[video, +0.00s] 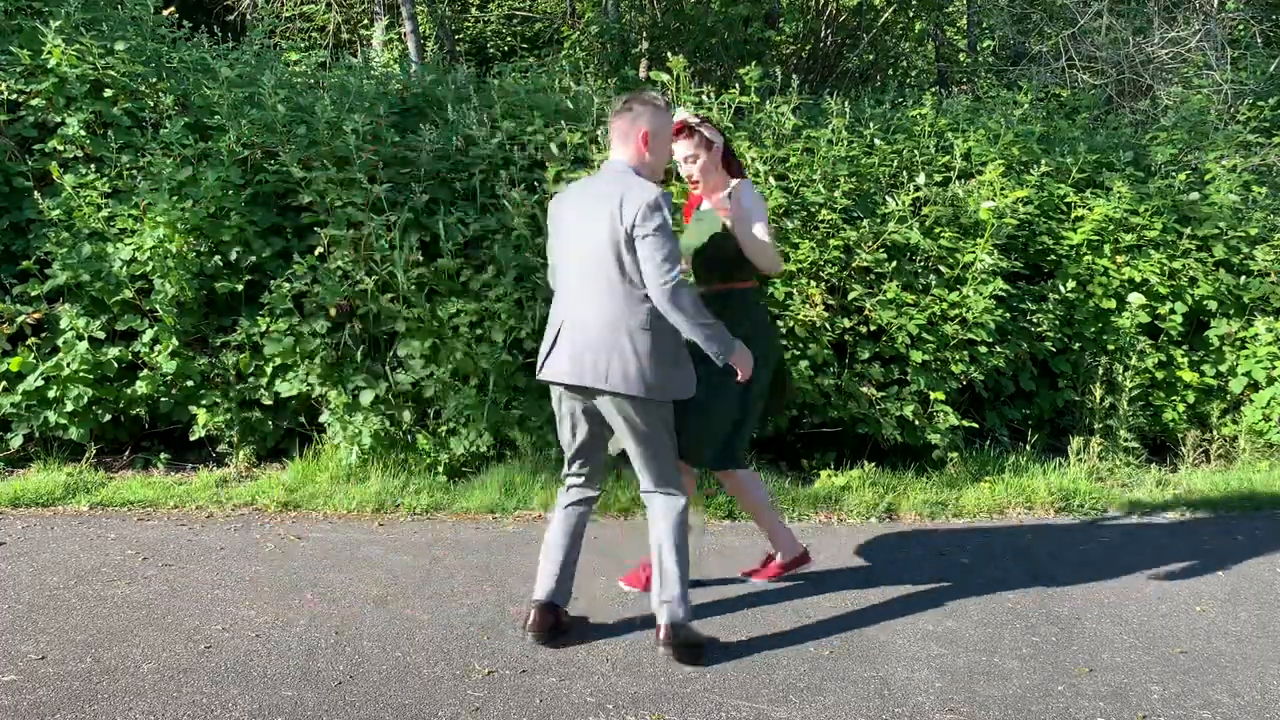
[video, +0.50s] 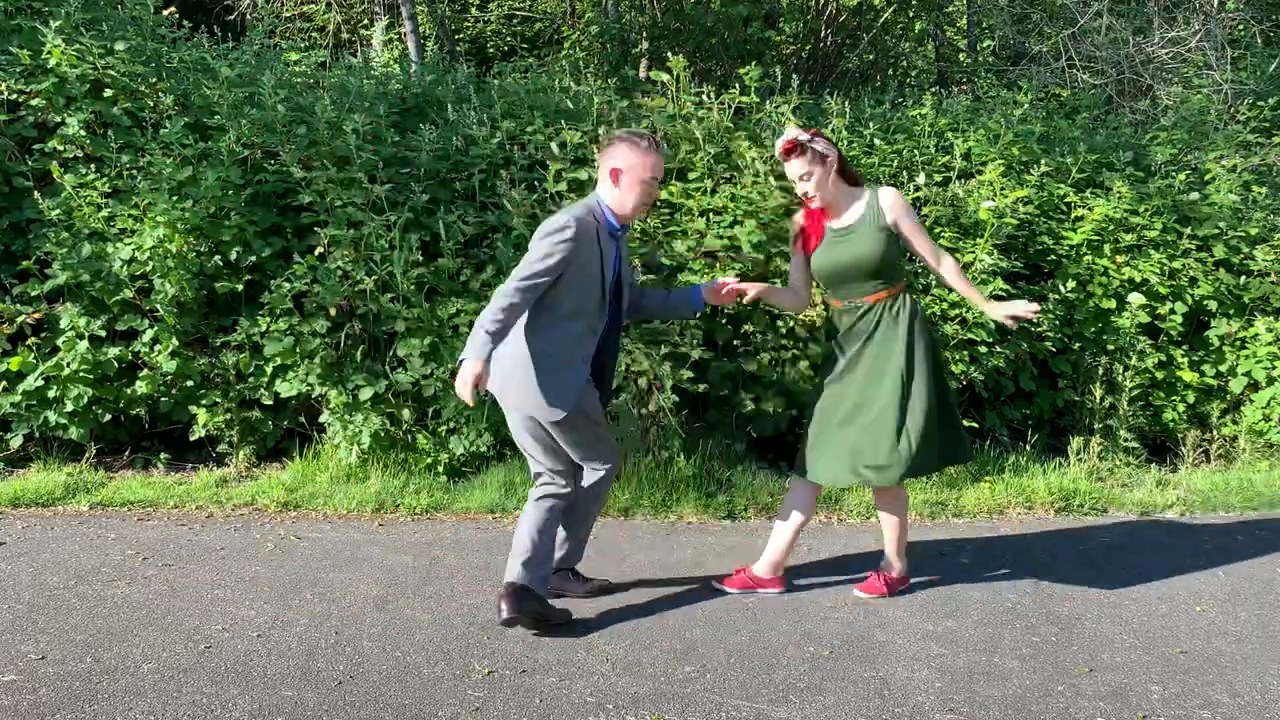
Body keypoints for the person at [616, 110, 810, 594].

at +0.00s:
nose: (687, 168)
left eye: (694, 157)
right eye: (681, 160)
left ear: (717, 151)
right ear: (676, 161)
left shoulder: (743, 193)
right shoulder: (692, 202)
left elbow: (772, 264)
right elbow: (684, 265)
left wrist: (736, 227)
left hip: (739, 318)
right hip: (702, 316)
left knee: (685, 441)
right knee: (720, 447)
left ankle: (661, 560)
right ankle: (787, 546)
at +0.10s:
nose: (719, 174)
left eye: (724, 162)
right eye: (712, 167)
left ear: (747, 150)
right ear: (712, 163)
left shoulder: (781, 182)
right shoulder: (736, 198)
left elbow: (810, 237)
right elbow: (729, 251)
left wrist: (771, 177)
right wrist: (684, 246)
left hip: (777, 324)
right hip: (746, 322)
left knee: (730, 437)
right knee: (723, 437)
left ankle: (783, 542)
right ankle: (781, 541)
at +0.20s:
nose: (743, 175)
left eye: (745, 163)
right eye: (738, 167)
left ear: (771, 147)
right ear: (749, 159)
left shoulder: (811, 172)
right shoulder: (757, 190)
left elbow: (843, 232)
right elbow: (762, 253)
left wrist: (797, 186)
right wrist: (716, 239)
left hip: (818, 332)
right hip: (775, 332)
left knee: (802, 447)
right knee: (733, 430)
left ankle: (866, 539)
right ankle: (772, 533)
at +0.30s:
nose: (772, 182)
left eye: (775, 169)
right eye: (765, 174)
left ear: (798, 153)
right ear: (766, 170)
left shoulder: (842, 188)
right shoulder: (779, 209)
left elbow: (881, 256)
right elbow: (774, 272)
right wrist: (733, 255)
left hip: (853, 343)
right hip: (803, 344)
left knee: (857, 451)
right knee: (749, 425)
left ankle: (890, 561)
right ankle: (760, 546)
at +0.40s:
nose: (785, 187)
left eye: (788, 175)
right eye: (779, 180)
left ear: (814, 158)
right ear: (778, 176)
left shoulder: (865, 195)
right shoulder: (793, 217)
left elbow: (904, 264)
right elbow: (789, 288)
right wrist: (748, 276)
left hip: (879, 335)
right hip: (829, 341)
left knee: (867, 448)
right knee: (787, 439)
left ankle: (893, 563)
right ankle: (764, 564)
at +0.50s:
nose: (800, 190)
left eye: (804, 178)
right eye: (794, 182)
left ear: (831, 163)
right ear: (794, 180)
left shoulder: (884, 202)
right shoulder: (807, 222)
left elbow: (940, 261)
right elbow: (797, 298)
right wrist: (760, 290)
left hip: (894, 334)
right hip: (849, 342)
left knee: (882, 451)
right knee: (819, 448)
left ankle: (897, 567)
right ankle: (768, 567)